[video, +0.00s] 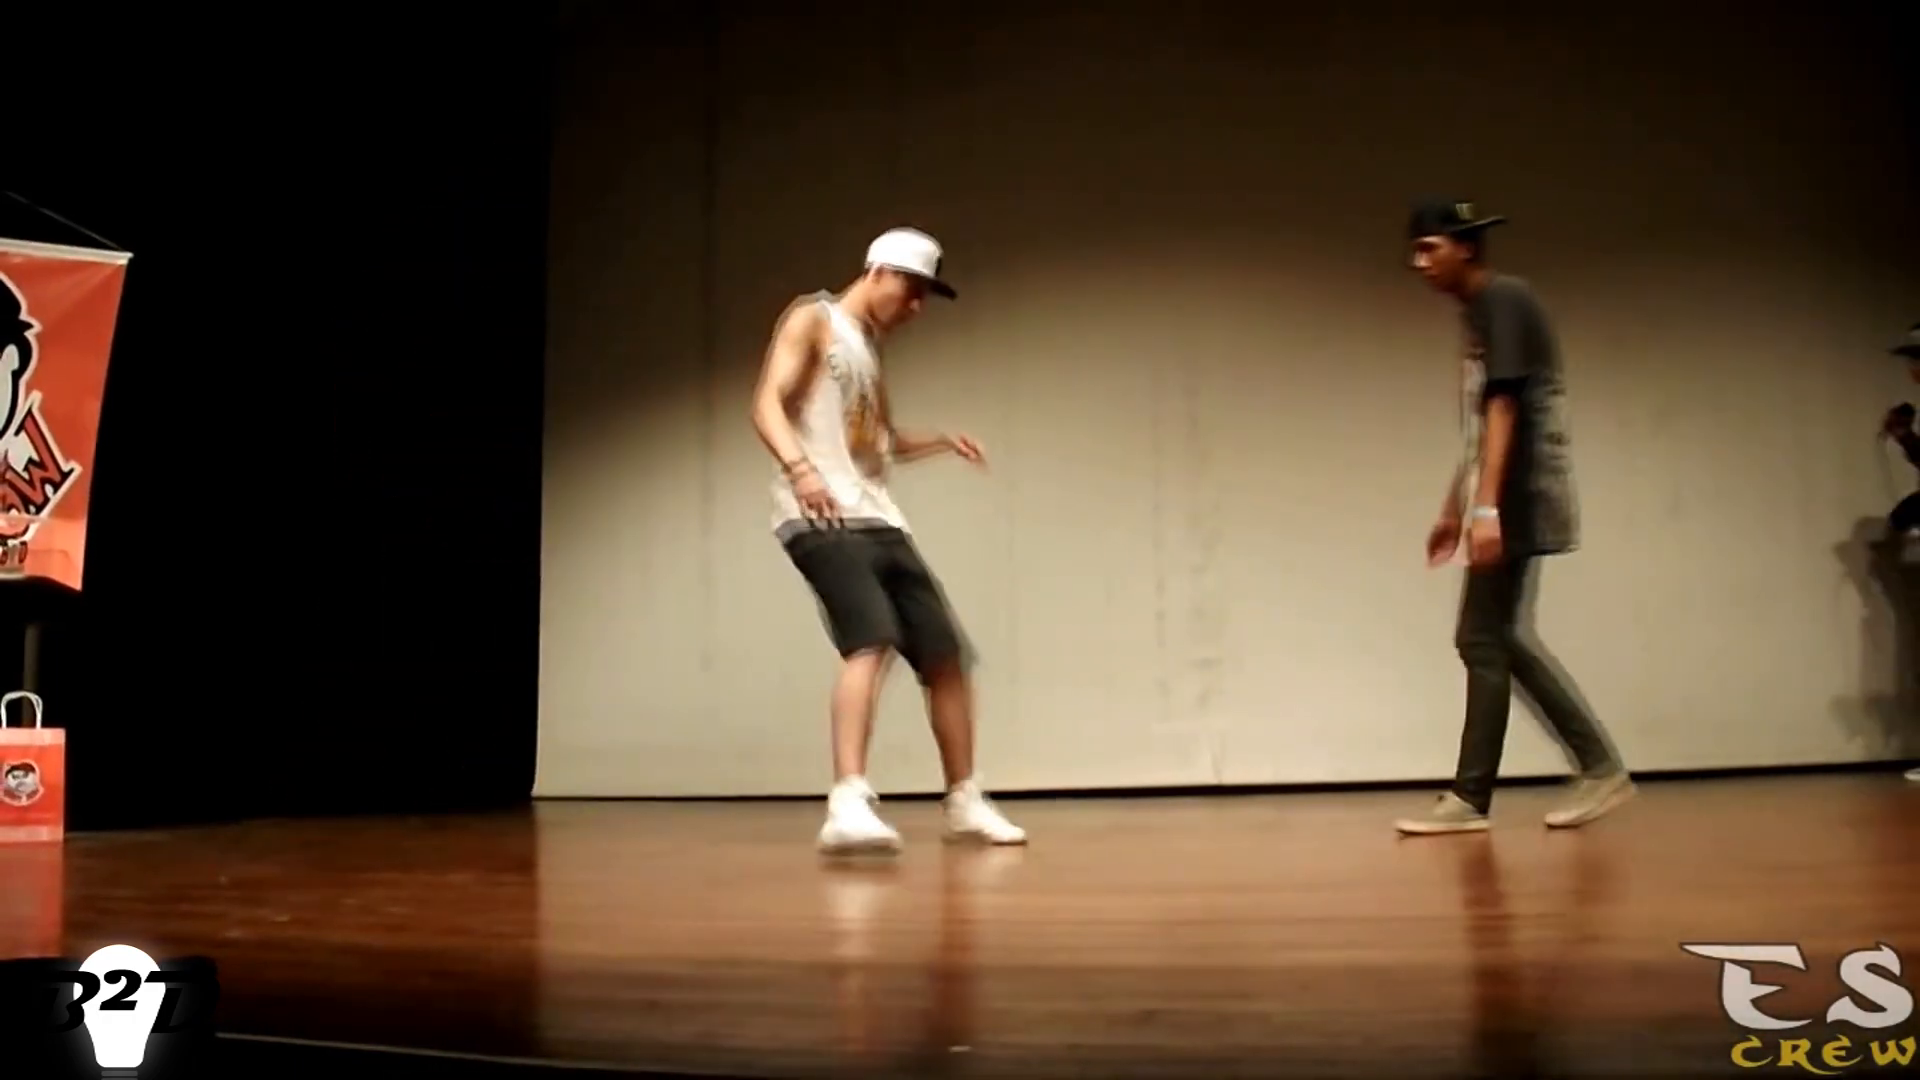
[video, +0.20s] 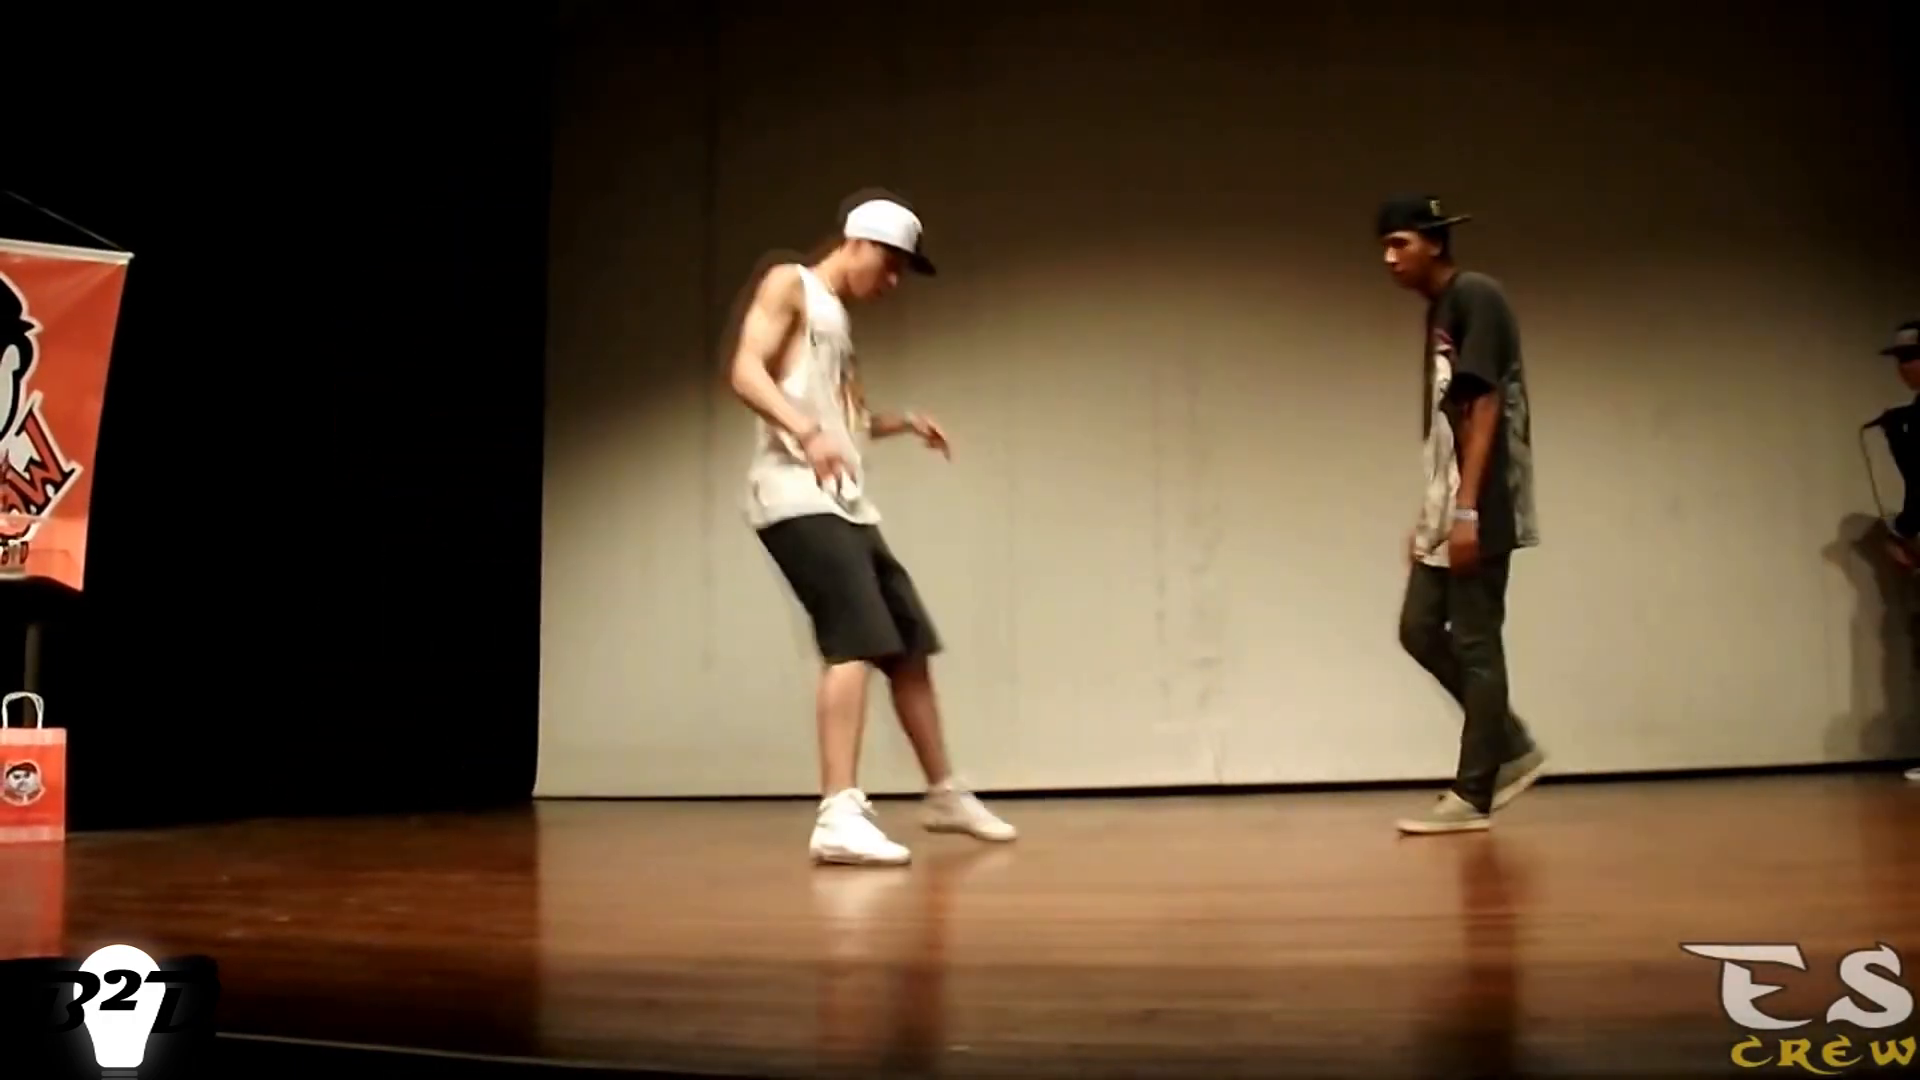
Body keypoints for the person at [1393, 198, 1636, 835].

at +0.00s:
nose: (1421, 263)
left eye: (1430, 248)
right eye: (1417, 252)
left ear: (1466, 247)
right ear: (1438, 256)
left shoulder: (1503, 302)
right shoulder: (1479, 311)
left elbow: (1503, 410)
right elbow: (1483, 423)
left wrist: (1486, 508)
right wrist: (1455, 510)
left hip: (1518, 504)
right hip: (1509, 506)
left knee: (1483, 641)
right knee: (1505, 638)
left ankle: (1469, 799)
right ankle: (1603, 771)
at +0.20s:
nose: (1390, 257)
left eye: (1400, 244)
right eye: (1386, 247)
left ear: (1435, 244)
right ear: (1396, 254)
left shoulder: (1475, 298)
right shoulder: (1441, 311)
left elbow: (1485, 409)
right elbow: (1446, 429)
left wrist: (1467, 512)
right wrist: (1428, 518)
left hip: (1483, 511)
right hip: (1452, 513)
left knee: (1477, 646)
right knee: (1420, 632)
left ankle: (1471, 797)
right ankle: (1514, 747)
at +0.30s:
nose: (1381, 253)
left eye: (1390, 239)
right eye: (1375, 243)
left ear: (1426, 240)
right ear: (1380, 252)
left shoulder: (1465, 295)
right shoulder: (1419, 315)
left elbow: (1480, 403)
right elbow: (1424, 425)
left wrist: (1455, 505)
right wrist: (1406, 513)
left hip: (1473, 510)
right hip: (1435, 513)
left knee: (1469, 644)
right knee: (1413, 635)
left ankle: (1472, 796)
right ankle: (1469, 768)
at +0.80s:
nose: (1344, 243)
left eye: (1355, 229)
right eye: (1336, 234)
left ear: (1384, 232)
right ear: (1331, 244)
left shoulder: (1423, 292)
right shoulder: (1342, 320)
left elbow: (1466, 382)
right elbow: (1328, 423)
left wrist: (1464, 469)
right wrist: (1307, 513)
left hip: (1422, 493)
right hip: (1366, 501)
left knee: (1414, 614)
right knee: (1368, 643)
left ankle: (1465, 761)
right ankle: (1378, 795)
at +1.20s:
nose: (1376, 229)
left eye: (1387, 216)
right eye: (1374, 218)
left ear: (1425, 220)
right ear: (1390, 229)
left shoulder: (1471, 283)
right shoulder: (1402, 304)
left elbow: (1498, 378)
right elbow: (1403, 410)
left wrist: (1496, 473)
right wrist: (1393, 501)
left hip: (1464, 494)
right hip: (1409, 499)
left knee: (1477, 630)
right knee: (1397, 639)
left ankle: (1543, 784)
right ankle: (1392, 792)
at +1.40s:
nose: (1414, 221)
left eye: (1426, 208)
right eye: (1415, 210)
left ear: (1464, 214)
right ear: (1443, 221)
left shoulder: (1505, 271)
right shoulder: (1459, 292)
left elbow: (1525, 354)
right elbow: (1465, 399)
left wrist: (1494, 432)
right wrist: (1449, 498)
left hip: (1515, 488)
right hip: (1469, 492)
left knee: (1528, 630)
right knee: (1440, 624)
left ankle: (1552, 790)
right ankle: (1451, 788)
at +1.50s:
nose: (1435, 214)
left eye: (1447, 203)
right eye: (1438, 204)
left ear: (1484, 209)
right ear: (1473, 213)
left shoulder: (1524, 268)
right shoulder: (1484, 285)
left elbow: (1537, 353)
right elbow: (1498, 382)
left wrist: (1502, 431)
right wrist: (1488, 461)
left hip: (1534, 481)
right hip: (1492, 481)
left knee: (1541, 629)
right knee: (1455, 619)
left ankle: (1553, 793)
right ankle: (1532, 761)